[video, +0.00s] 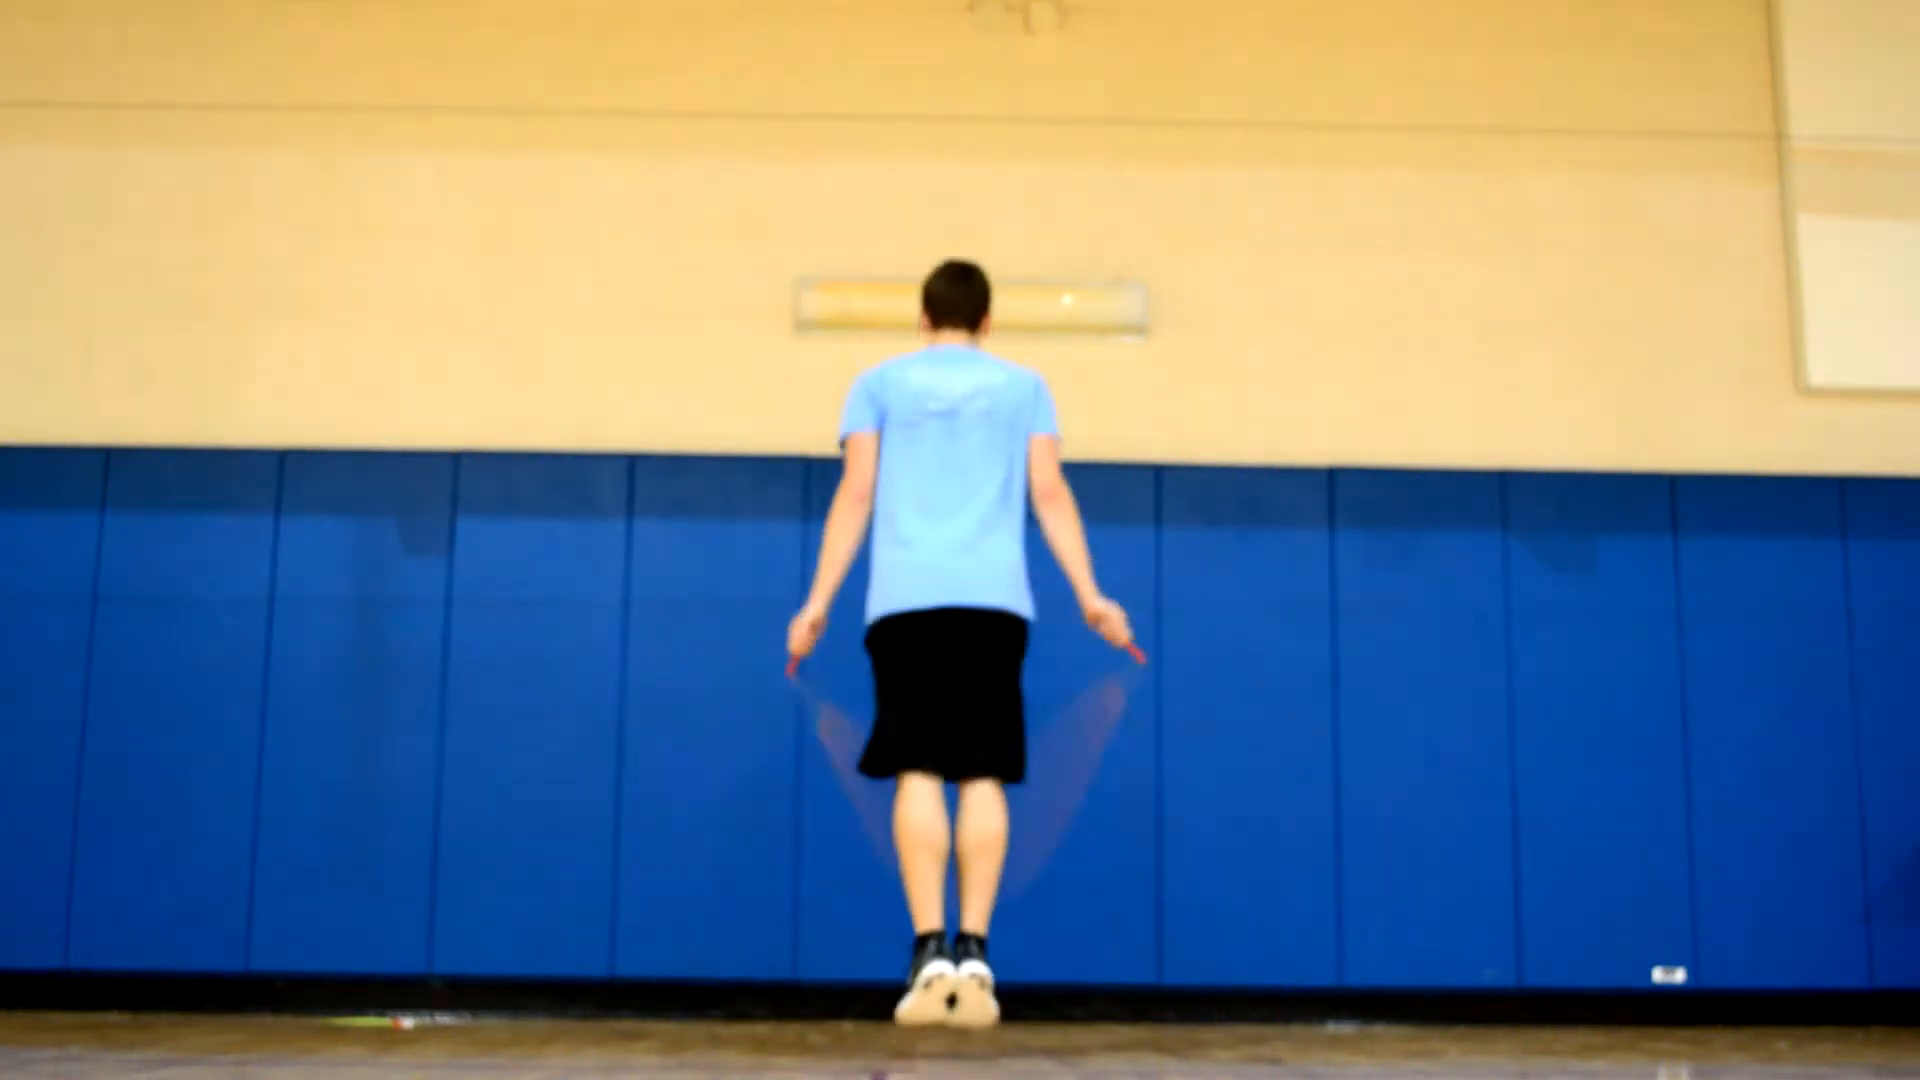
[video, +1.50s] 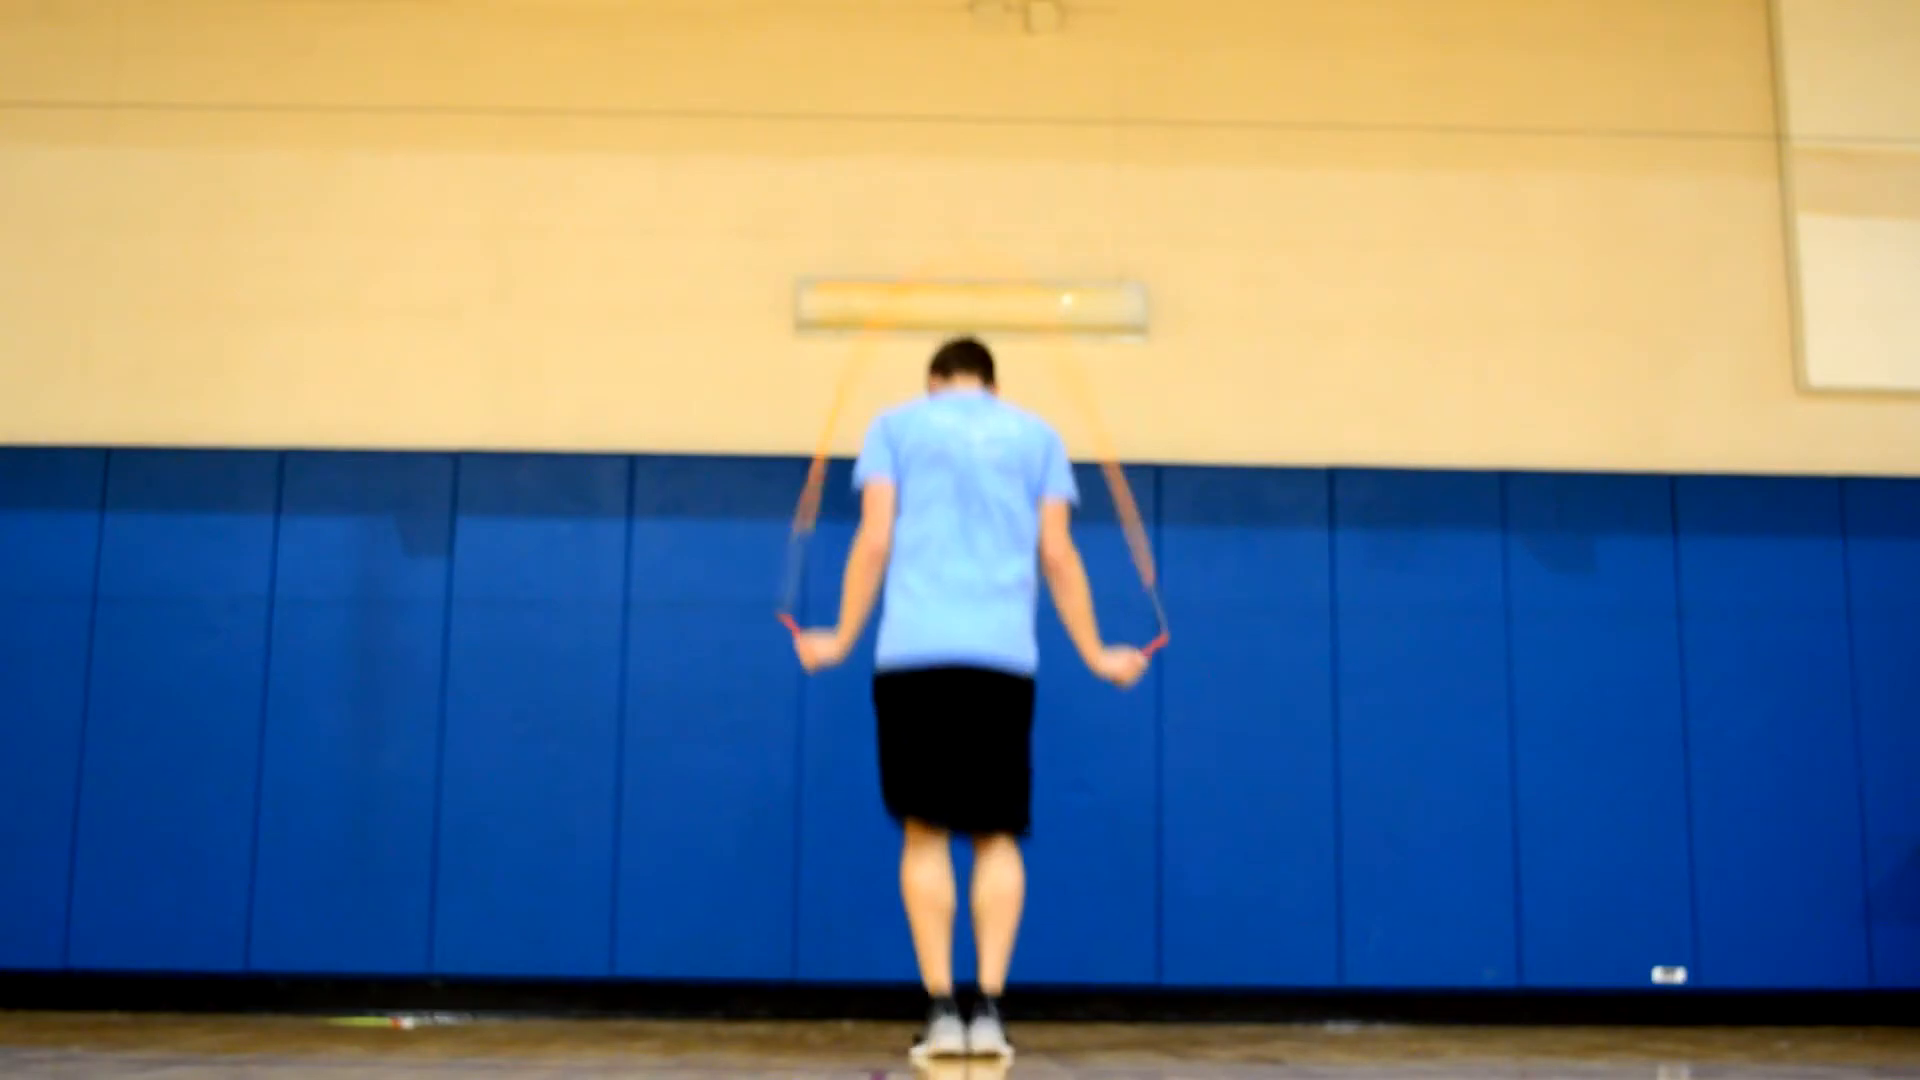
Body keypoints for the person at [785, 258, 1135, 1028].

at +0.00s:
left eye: (933, 312)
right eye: (979, 316)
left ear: (923, 316)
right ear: (988, 320)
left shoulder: (878, 385)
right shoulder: (1024, 387)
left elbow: (855, 499)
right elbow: (1050, 496)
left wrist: (816, 604)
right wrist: (1090, 596)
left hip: (905, 609)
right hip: (993, 608)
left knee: (918, 775)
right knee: (984, 778)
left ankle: (933, 950)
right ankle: (972, 952)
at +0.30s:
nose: (945, 443)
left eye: (928, 432)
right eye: (971, 433)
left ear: (919, 439)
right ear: (985, 442)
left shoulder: (876, 508)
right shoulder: (1024, 514)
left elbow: (791, 583)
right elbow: (1119, 575)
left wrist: (695, 549)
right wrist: (1209, 538)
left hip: (896, 732)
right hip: (1000, 732)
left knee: (882, 888)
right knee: (1011, 880)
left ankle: (930, 1017)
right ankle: (973, 1014)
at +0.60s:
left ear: (917, 300)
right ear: (977, 300)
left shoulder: (884, 320)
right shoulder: (1019, 326)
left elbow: (827, 419)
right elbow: (1073, 436)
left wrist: (804, 515)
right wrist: (1104, 533)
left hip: (909, 452)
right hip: (996, 452)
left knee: (913, 600)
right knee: (974, 595)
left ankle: (904, 761)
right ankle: (954, 750)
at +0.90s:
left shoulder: (885, 405)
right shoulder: (1016, 418)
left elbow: (846, 501)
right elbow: (1028, 552)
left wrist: (845, 598)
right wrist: (1034, 639)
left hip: (906, 474)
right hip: (995, 473)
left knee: (909, 628)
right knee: (962, 624)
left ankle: (905, 809)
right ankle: (951, 798)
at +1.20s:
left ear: (923, 389)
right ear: (981, 393)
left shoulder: (891, 414)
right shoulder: (1028, 430)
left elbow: (848, 512)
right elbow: (1064, 539)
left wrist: (789, 593)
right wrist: (1109, 634)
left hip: (899, 647)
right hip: (986, 653)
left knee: (898, 803)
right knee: (978, 811)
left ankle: (910, 977)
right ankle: (964, 977)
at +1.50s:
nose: (947, 394)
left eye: (942, 384)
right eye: (964, 384)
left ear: (931, 382)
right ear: (994, 384)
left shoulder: (893, 427)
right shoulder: (1038, 436)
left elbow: (875, 540)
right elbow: (1057, 553)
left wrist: (842, 637)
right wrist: (1096, 652)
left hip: (914, 664)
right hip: (1001, 666)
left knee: (924, 833)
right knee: (998, 836)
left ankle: (944, 1012)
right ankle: (988, 1011)